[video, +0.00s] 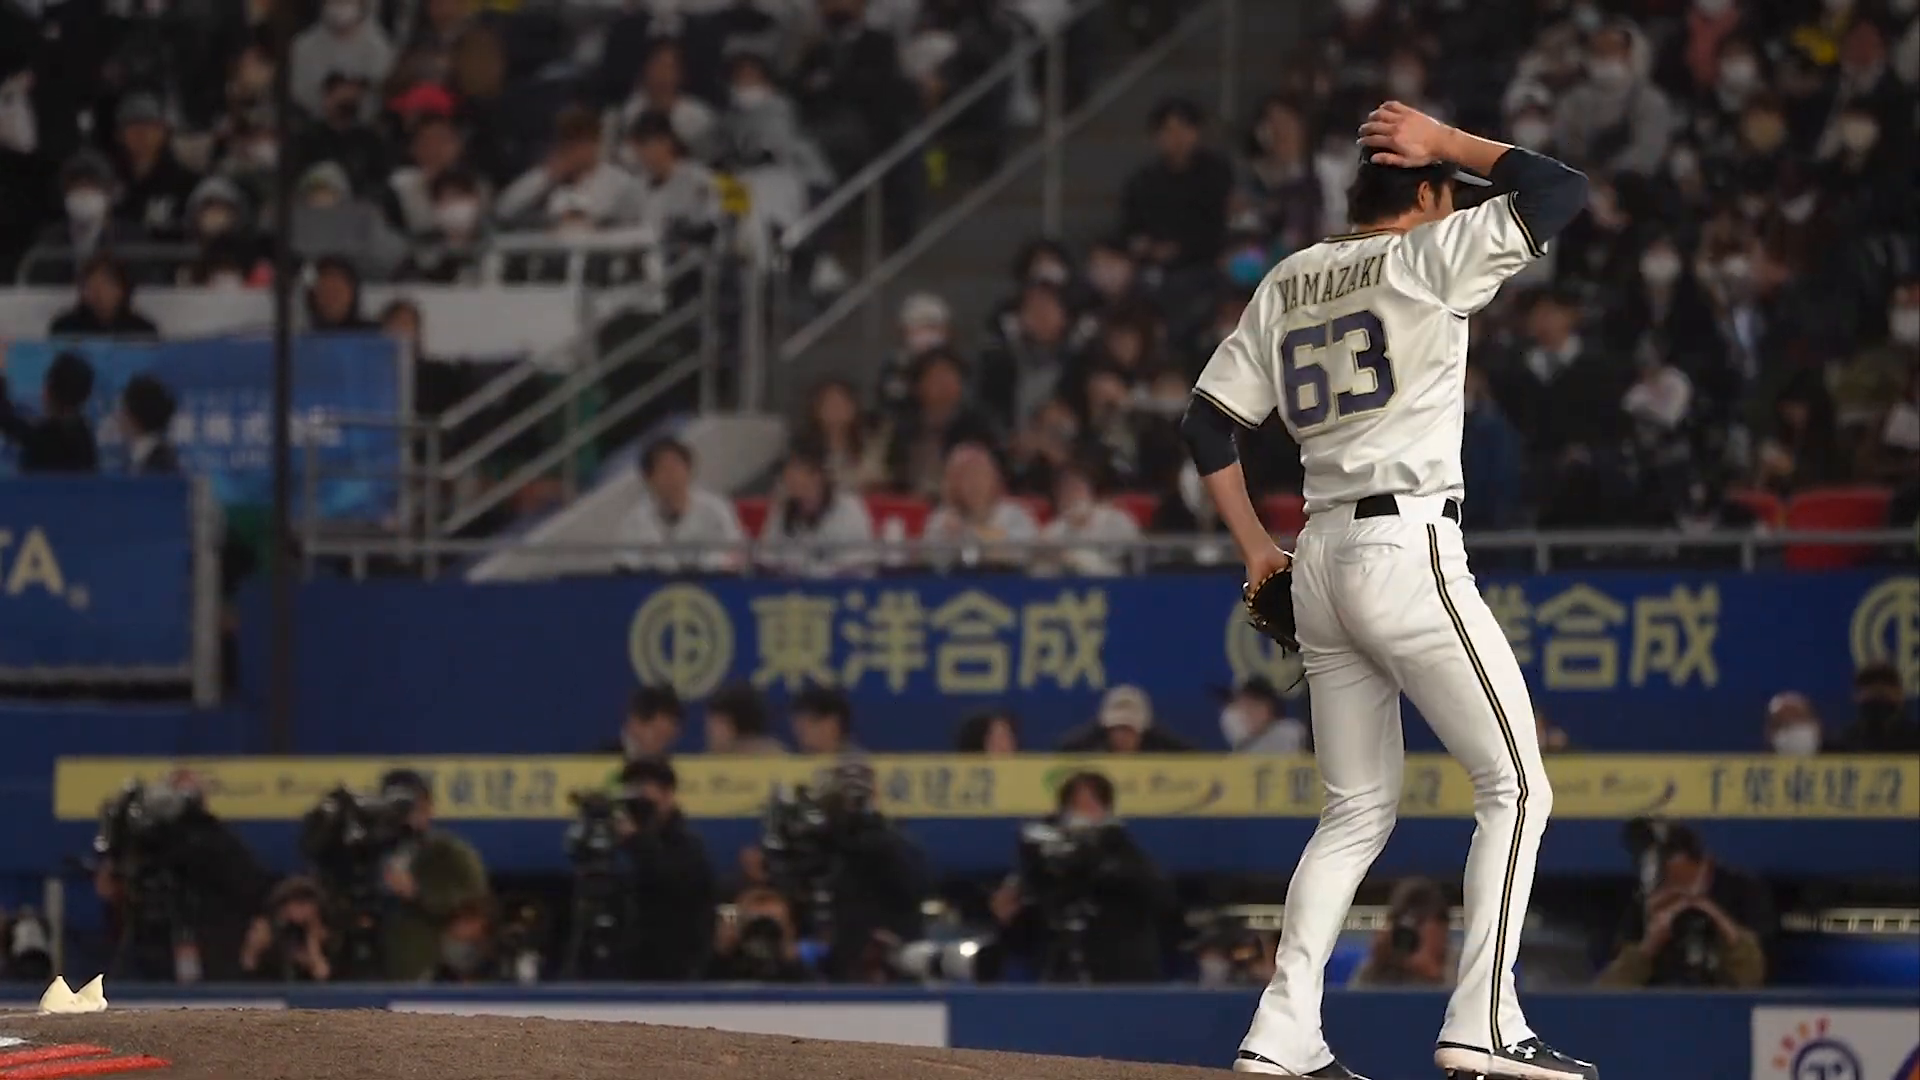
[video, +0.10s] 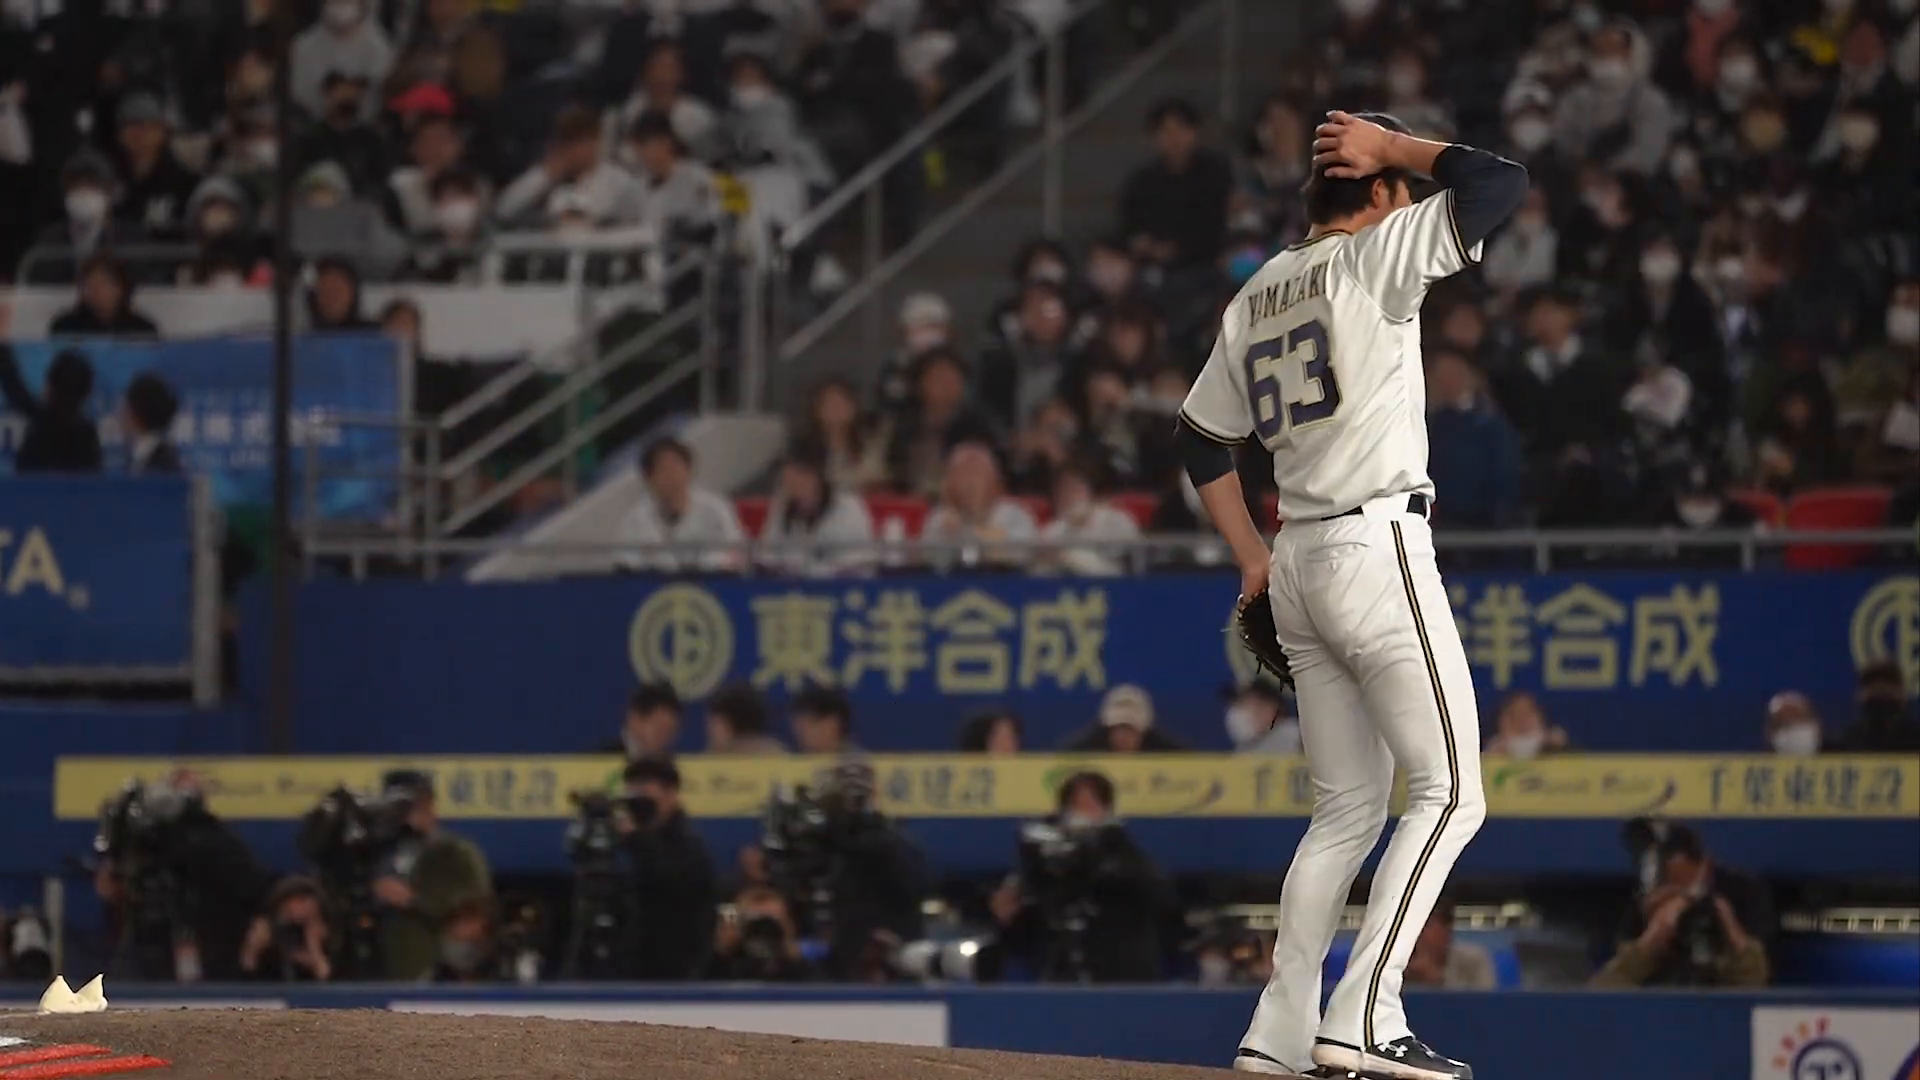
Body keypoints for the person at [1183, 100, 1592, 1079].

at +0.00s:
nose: (1457, 231)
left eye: (1453, 212)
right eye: (1451, 213)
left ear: (1362, 202)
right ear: (1427, 202)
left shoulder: (1287, 283)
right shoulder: (1431, 260)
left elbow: (1210, 417)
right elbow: (1560, 187)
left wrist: (1256, 549)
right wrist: (1450, 141)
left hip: (1318, 564)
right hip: (1409, 558)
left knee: (1355, 812)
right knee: (1517, 786)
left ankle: (1283, 1034)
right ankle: (1484, 1024)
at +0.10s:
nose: (1390, 229)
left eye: (1383, 208)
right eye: (1387, 210)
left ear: (1305, 210)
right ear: (1370, 206)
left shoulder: (1254, 298)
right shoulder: (1377, 259)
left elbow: (1203, 442)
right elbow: (1501, 177)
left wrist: (1257, 567)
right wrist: (1403, 147)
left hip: (1299, 562)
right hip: (1379, 552)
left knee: (1344, 810)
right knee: (1450, 796)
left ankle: (1280, 1028)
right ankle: (1364, 1019)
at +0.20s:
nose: (1357, 209)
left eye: (1348, 184)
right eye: (1349, 187)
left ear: (1268, 194)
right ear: (1327, 188)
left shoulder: (1224, 285)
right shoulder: (1332, 249)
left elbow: (1195, 441)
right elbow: (1445, 166)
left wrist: (1250, 563)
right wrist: (1349, 130)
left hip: (1280, 542)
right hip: (1345, 535)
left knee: (1324, 792)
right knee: (1379, 792)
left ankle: (1290, 1023)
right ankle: (1237, 1000)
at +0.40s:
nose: (1278, 167)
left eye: (1255, 148)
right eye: (1266, 149)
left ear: (1206, 183)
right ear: (1246, 172)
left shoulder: (1161, 289)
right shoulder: (1246, 238)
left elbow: (1147, 441)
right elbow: (1348, 159)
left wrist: (1215, 544)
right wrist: (1252, 131)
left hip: (1238, 540)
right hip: (1273, 533)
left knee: (1288, 800)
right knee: (1266, 793)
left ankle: (1282, 1038)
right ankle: (1087, 971)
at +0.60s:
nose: (1214, 199)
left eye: (1208, 179)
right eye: (1202, 178)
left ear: (1128, 192)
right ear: (1171, 183)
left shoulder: (1083, 282)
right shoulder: (1150, 262)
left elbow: (1069, 441)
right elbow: (1274, 222)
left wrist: (1200, 572)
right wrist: (1190, 157)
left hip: (1144, 533)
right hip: (1161, 536)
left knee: (1235, 794)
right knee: (1129, 794)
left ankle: (1272, 1031)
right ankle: (1032, 1020)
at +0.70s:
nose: (1173, 173)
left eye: (1169, 157)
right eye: (1164, 158)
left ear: (1093, 169)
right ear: (1129, 164)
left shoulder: (1037, 265)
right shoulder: (1104, 258)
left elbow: (1040, 432)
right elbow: (1224, 309)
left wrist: (1152, 562)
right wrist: (1222, 190)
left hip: (1095, 528)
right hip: (1110, 529)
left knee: (1204, 770)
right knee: (1095, 784)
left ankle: (1219, 1015)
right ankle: (1031, 1018)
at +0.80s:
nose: (1125, 159)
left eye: (1120, 144)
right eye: (1115, 143)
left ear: (1050, 158)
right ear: (1079, 154)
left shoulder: (996, 256)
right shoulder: (1064, 248)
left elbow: (988, 408)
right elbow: (1130, 378)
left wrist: (1110, 562)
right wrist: (1262, 309)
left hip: (1055, 526)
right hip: (1070, 528)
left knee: (1167, 757)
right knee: (1071, 773)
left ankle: (1101, 988)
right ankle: (1032, 1014)